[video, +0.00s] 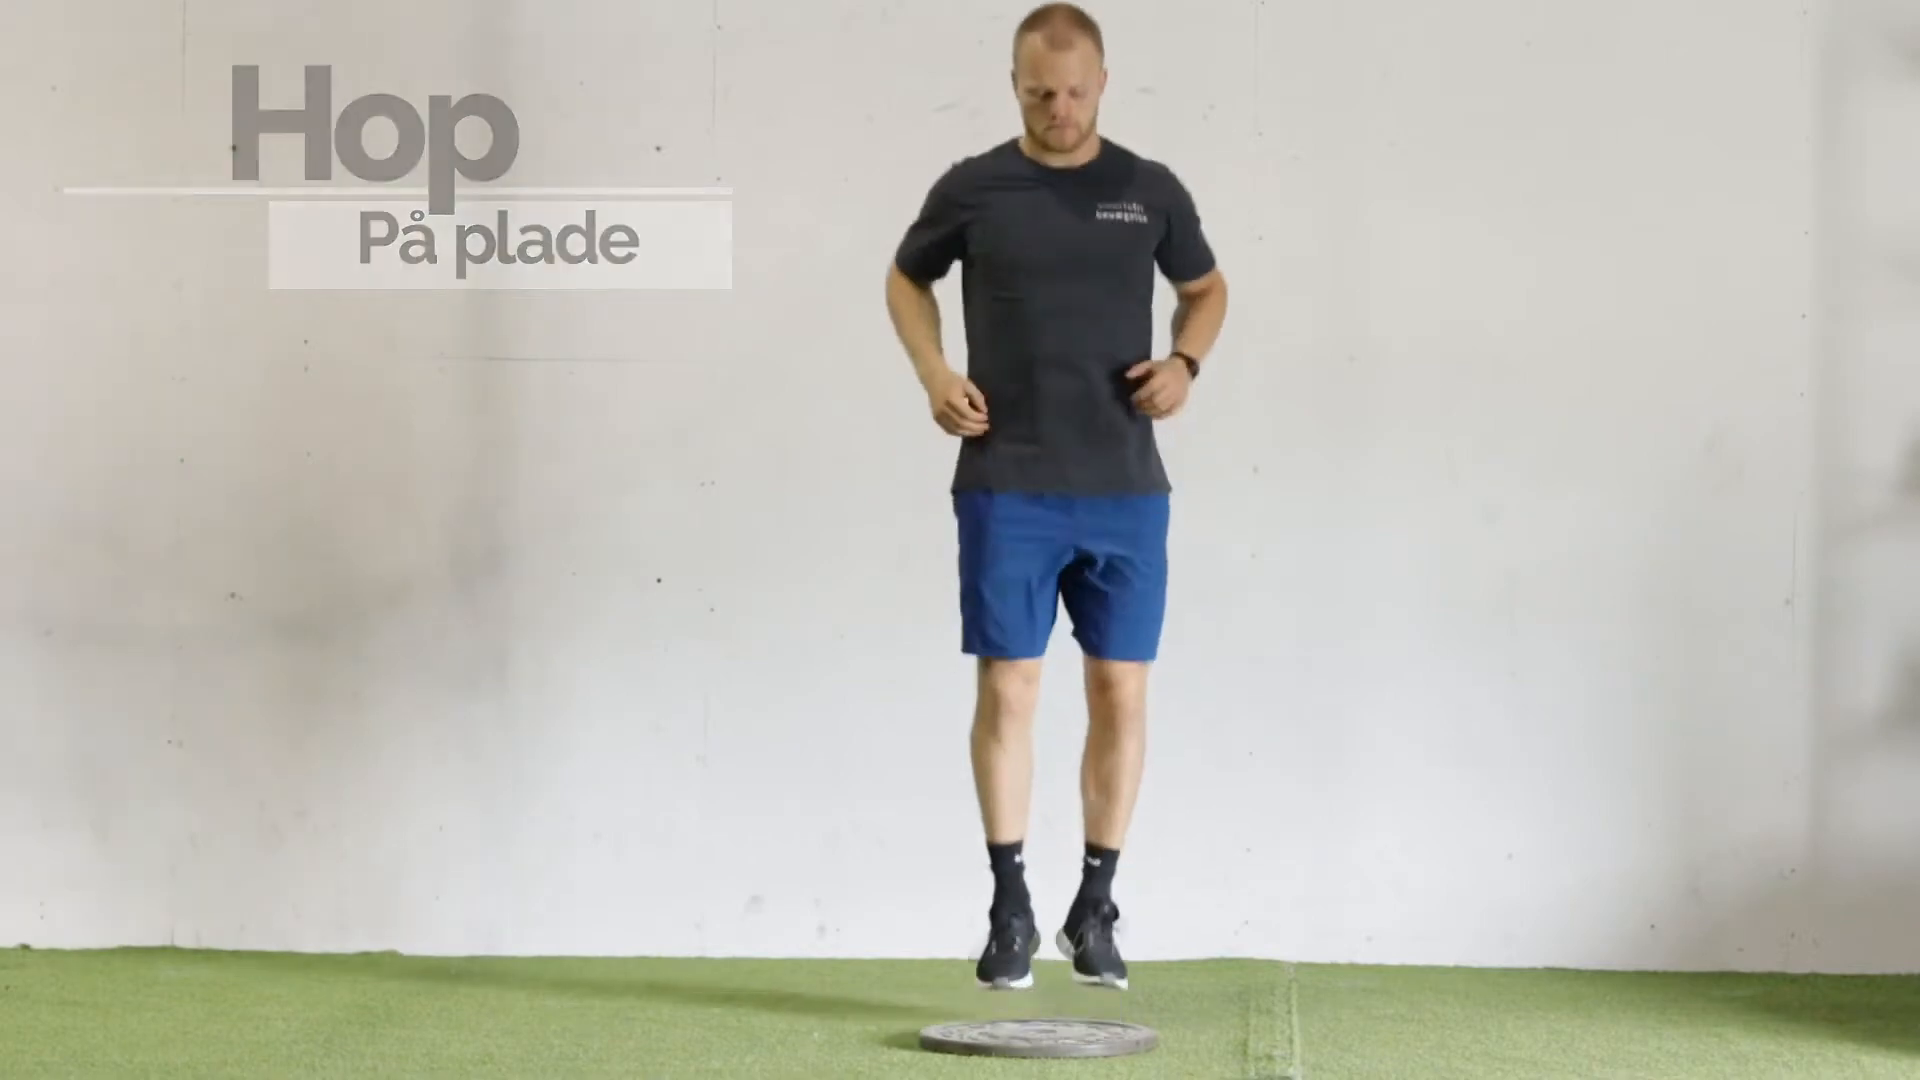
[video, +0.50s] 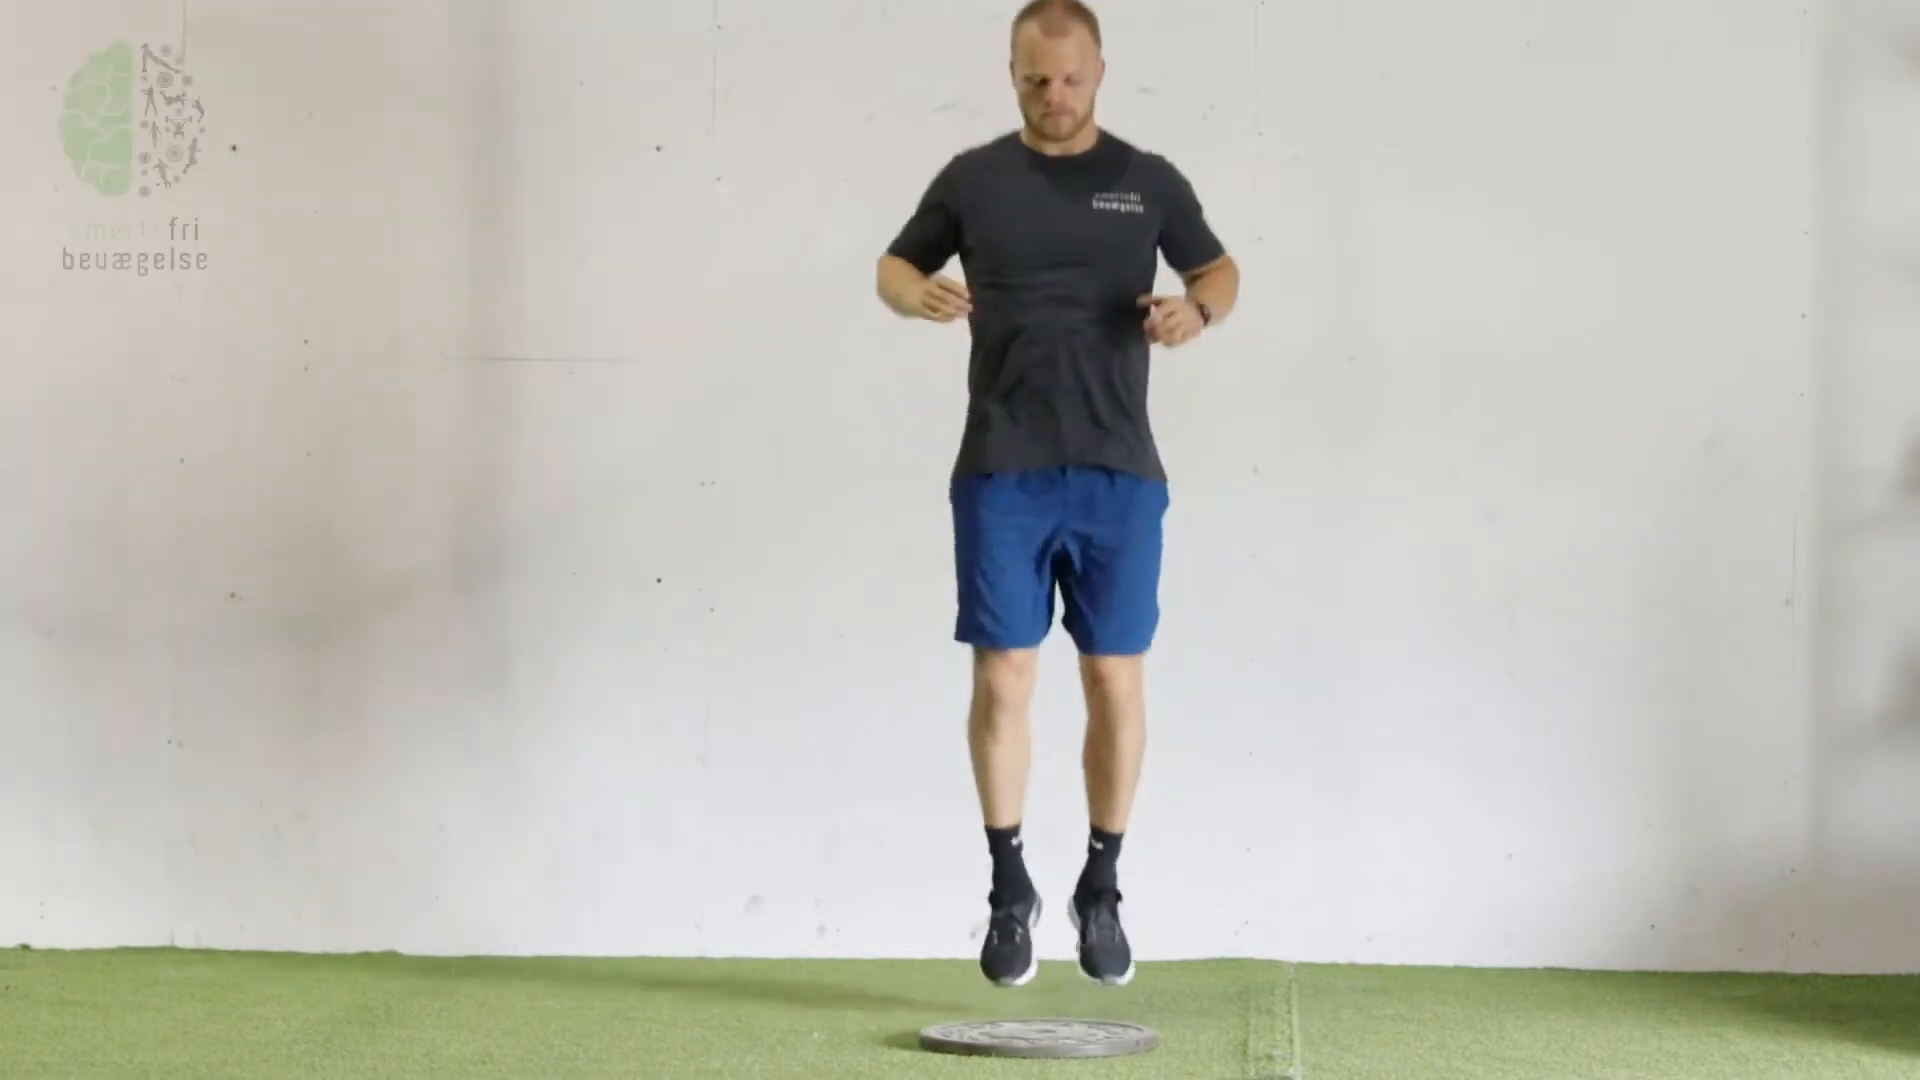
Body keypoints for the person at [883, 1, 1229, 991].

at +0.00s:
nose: (1057, 109)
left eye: (1073, 92)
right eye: (1039, 92)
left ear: (1102, 84)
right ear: (1016, 87)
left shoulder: (1150, 191)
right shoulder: (971, 188)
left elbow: (1205, 288)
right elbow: (908, 279)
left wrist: (1184, 362)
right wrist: (937, 374)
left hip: (1125, 484)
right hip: (1008, 482)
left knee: (1119, 695)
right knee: (1008, 694)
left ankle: (1096, 907)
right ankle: (1011, 907)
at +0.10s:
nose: (1054, 110)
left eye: (1071, 93)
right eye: (1038, 93)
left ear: (1102, 84)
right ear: (1016, 86)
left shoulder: (1155, 193)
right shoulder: (971, 189)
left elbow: (1209, 291)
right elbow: (911, 283)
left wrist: (1199, 374)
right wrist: (934, 388)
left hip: (1123, 488)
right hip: (1005, 484)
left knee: (1116, 696)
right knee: (1011, 697)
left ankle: (1098, 902)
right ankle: (1018, 899)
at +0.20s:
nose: (1057, 166)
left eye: (1073, 149)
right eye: (1040, 150)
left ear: (1103, 144)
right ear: (1018, 150)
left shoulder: (1155, 258)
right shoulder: (971, 258)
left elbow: (1211, 364)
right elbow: (921, 365)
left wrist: (1210, 453)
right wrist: (937, 458)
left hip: (1121, 548)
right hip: (1007, 546)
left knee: (1113, 754)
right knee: (1015, 754)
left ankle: (1103, 950)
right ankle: (1023, 946)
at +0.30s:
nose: (1053, 209)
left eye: (1070, 192)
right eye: (1036, 193)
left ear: (1101, 189)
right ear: (1015, 194)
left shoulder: (1152, 307)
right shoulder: (974, 307)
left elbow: (1209, 412)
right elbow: (920, 418)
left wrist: (1201, 482)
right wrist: (942, 467)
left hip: (1117, 594)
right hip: (1008, 594)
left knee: (1115, 794)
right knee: (1016, 792)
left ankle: (1098, 959)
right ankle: (1033, 957)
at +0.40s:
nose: (1055, 142)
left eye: (1071, 125)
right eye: (1038, 126)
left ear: (1101, 120)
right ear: (1016, 125)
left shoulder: (1149, 230)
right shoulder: (974, 227)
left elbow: (1213, 334)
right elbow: (899, 325)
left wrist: (1187, 369)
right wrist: (935, 340)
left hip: (1120, 517)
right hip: (1007, 515)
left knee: (1120, 721)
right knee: (1008, 722)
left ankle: (1106, 929)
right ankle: (1015, 929)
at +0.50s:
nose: (1052, 98)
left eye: (1068, 81)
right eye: (1035, 81)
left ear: (1099, 75)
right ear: (1013, 77)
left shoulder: (1148, 180)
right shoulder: (973, 178)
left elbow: (1218, 272)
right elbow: (895, 269)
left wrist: (1198, 308)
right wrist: (921, 293)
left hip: (1118, 469)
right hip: (1003, 468)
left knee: (1114, 681)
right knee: (1003, 677)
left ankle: (1102, 886)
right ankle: (1009, 890)